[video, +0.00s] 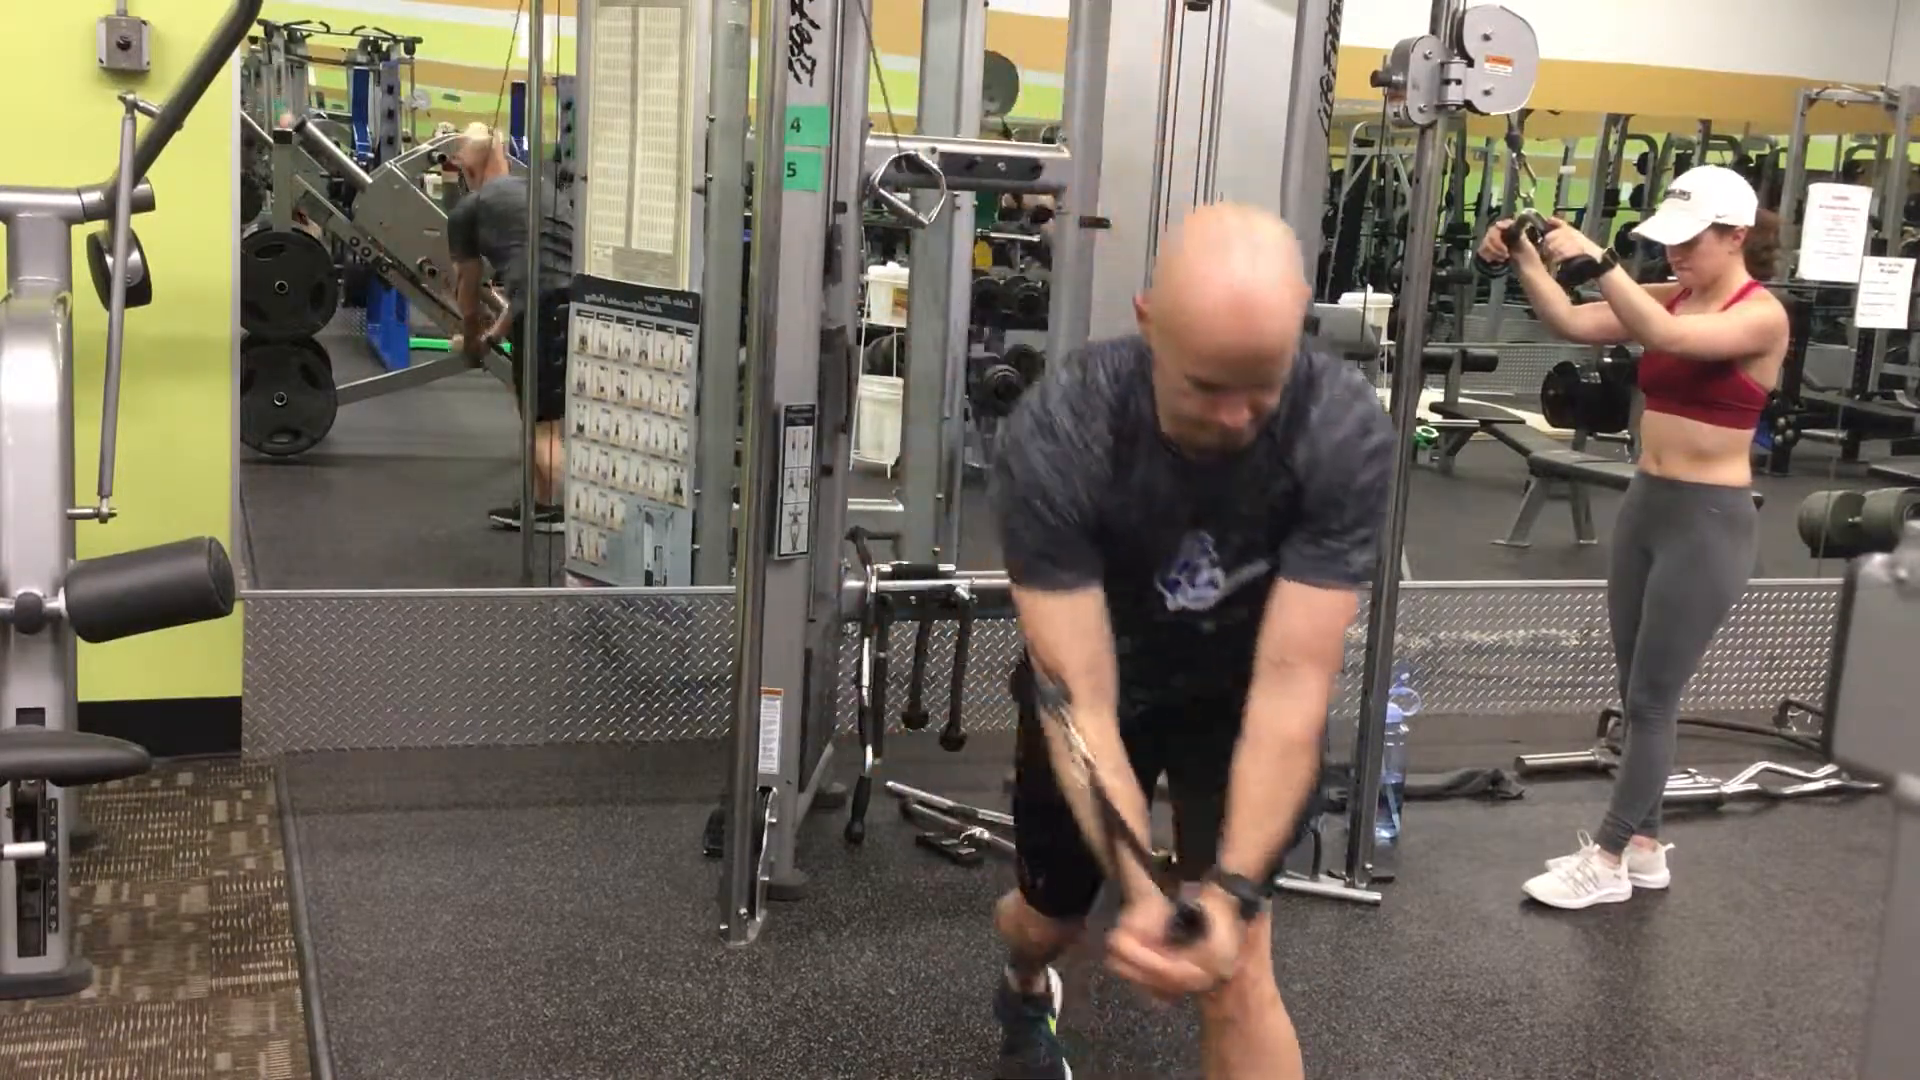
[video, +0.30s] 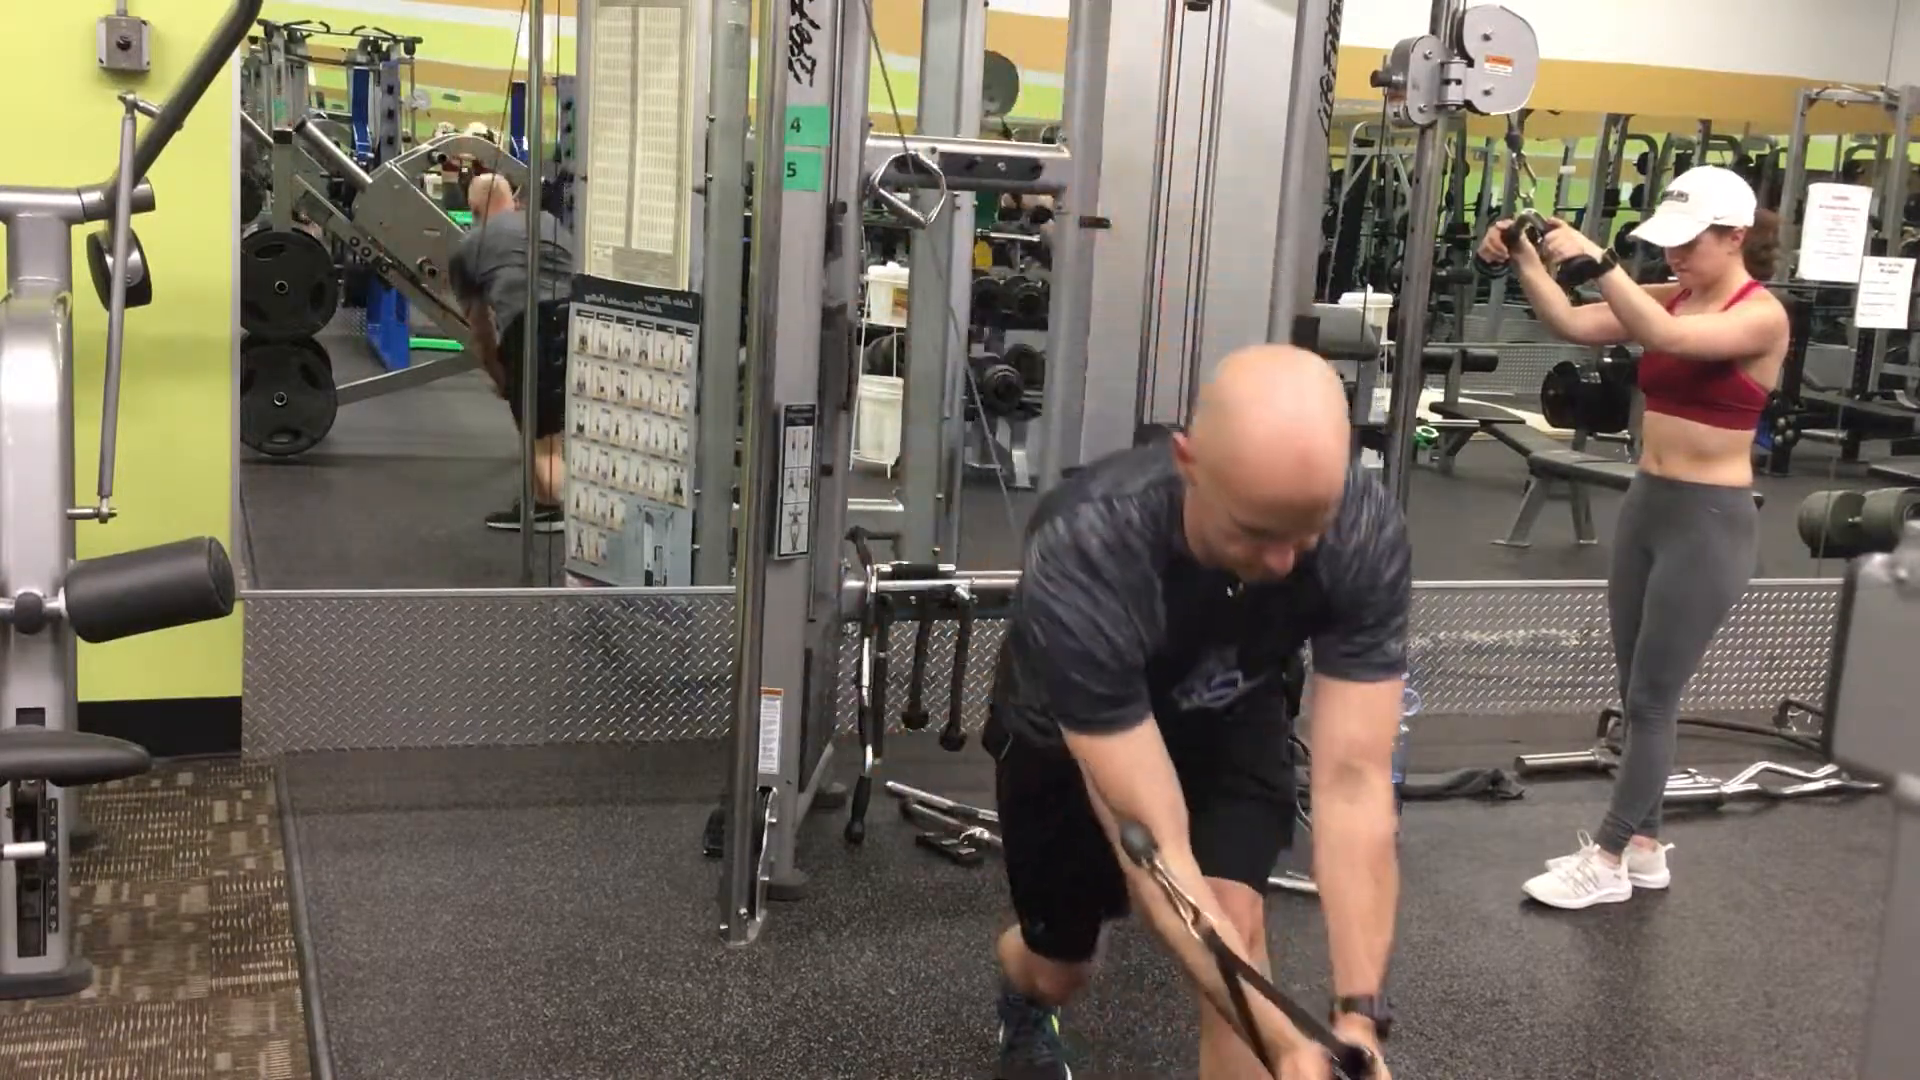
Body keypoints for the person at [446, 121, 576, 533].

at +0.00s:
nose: (459, 174)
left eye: (459, 167)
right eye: (457, 167)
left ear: (467, 166)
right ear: (502, 157)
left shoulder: (470, 208)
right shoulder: (542, 189)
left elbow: (468, 285)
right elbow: (534, 275)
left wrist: (471, 340)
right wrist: (498, 329)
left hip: (539, 307)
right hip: (581, 298)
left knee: (541, 421)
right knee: (556, 415)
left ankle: (562, 506)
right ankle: (540, 501)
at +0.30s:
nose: (474, 216)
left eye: (472, 210)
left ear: (475, 210)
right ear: (513, 199)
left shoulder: (471, 248)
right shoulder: (551, 224)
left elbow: (480, 323)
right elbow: (571, 275)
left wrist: (495, 371)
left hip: (527, 328)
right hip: (577, 319)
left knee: (540, 434)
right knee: (556, 425)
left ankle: (566, 507)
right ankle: (543, 502)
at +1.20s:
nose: (461, 210)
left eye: (460, 203)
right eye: (460, 203)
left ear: (465, 201)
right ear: (502, 192)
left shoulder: (464, 234)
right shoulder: (542, 216)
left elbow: (467, 311)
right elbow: (543, 288)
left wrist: (478, 366)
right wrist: (508, 355)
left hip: (535, 318)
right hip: (581, 310)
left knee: (542, 424)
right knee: (553, 418)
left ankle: (556, 507)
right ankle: (539, 501)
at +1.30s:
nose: (454, 198)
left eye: (454, 192)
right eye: (453, 192)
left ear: (460, 191)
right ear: (498, 183)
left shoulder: (461, 231)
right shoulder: (538, 208)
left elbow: (464, 317)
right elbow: (534, 285)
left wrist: (465, 364)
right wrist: (492, 346)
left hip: (542, 316)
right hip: (586, 306)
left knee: (545, 426)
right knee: (548, 419)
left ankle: (552, 508)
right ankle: (540, 502)